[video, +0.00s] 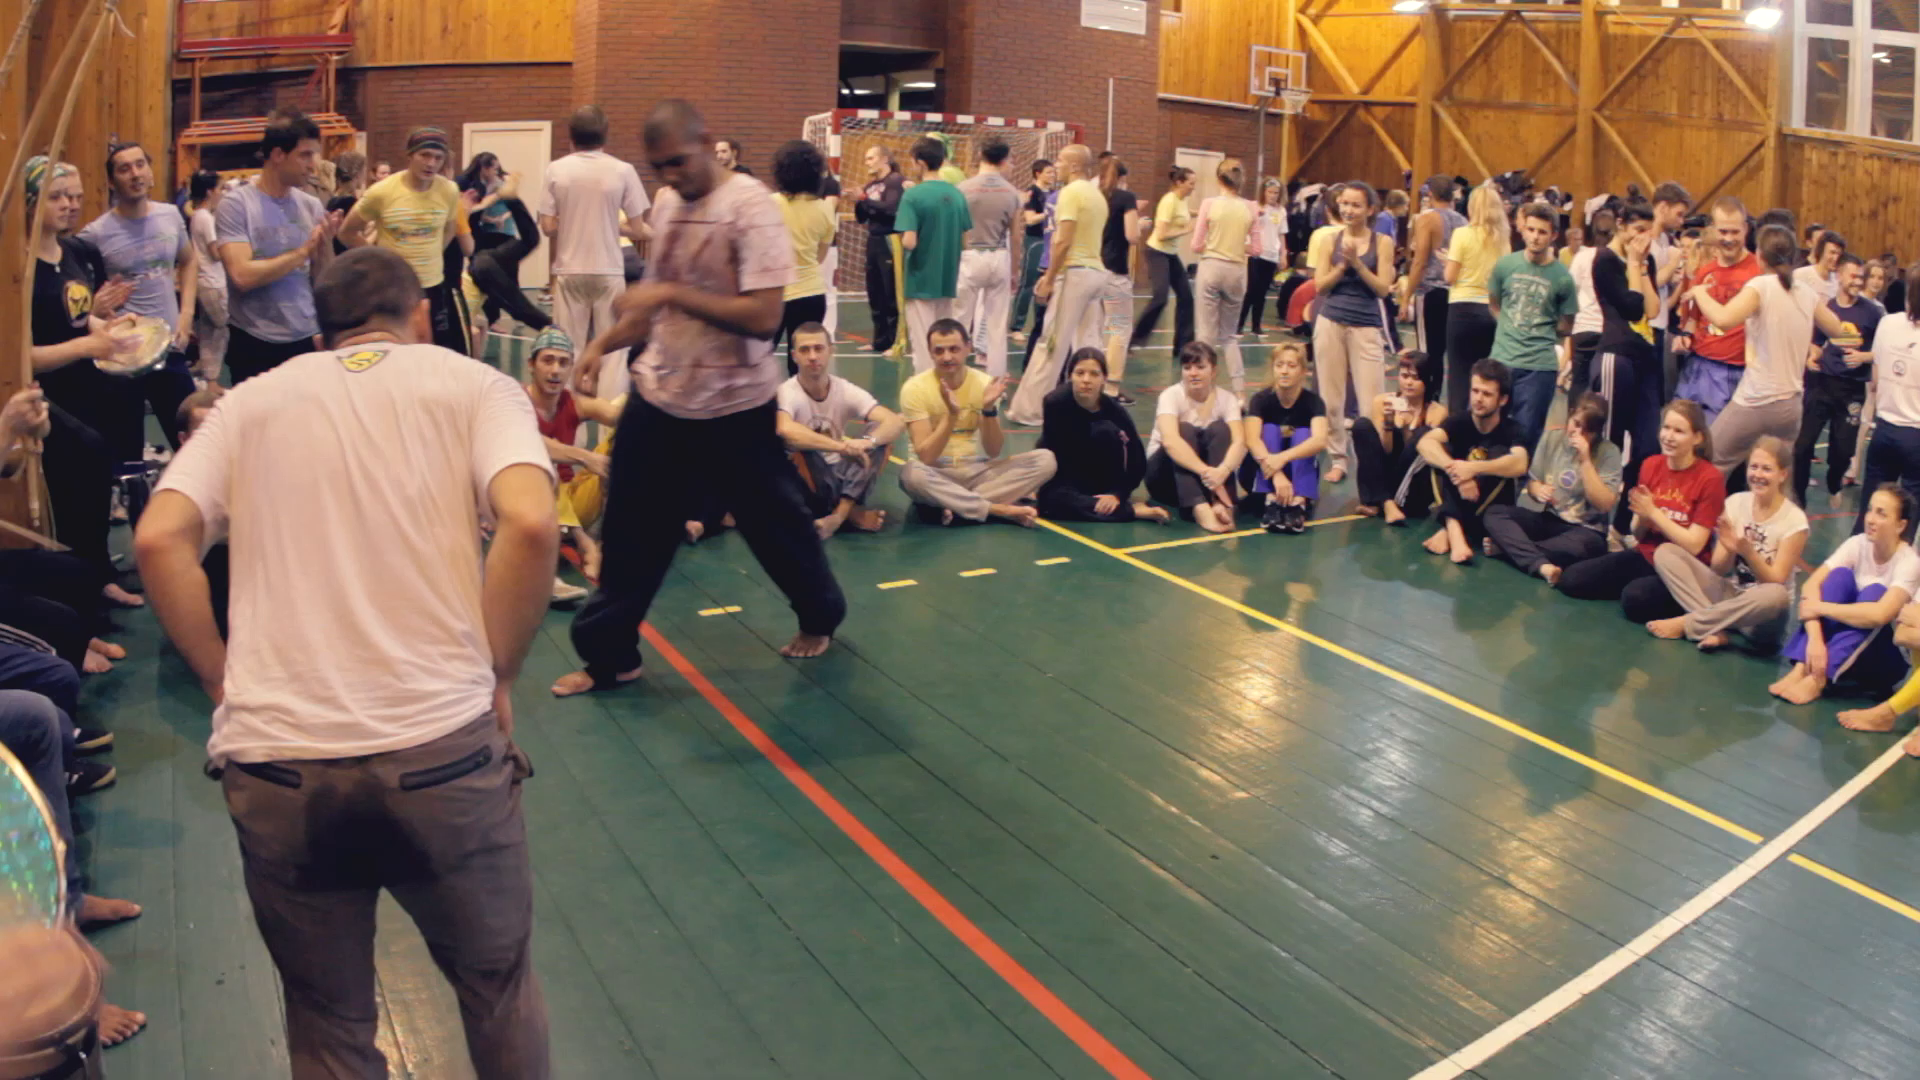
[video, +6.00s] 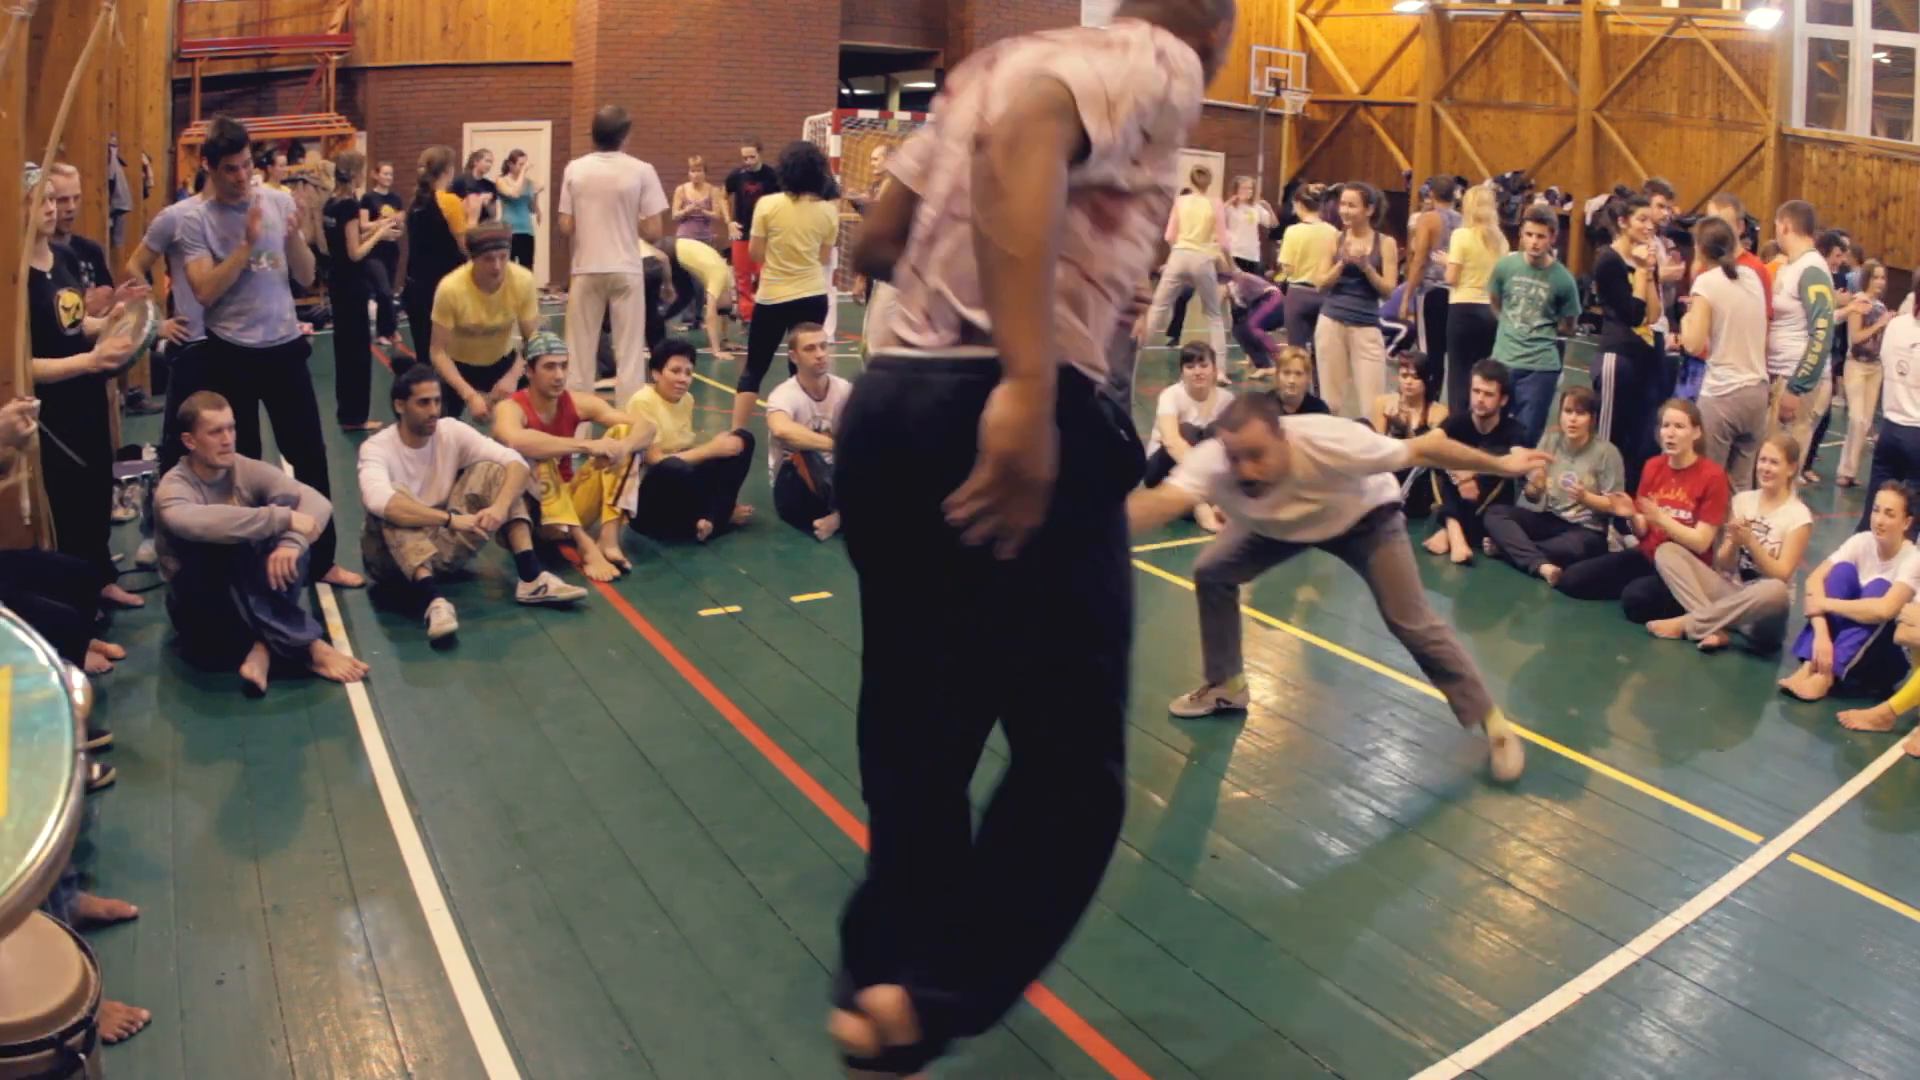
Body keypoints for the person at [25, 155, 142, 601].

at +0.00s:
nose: (70, 204)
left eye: (75, 196)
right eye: (59, 196)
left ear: (81, 199)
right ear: (31, 201)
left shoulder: (77, 254)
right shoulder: (16, 266)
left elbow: (80, 317)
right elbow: (17, 358)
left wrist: (108, 327)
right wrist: (87, 347)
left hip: (87, 389)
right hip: (46, 400)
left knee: (94, 492)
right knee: (68, 498)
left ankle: (101, 576)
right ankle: (78, 588)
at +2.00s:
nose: (58, 210)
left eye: (64, 201)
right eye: (48, 202)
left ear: (71, 205)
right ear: (27, 205)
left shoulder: (77, 253)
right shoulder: (18, 267)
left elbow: (80, 322)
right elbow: (23, 357)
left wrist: (110, 324)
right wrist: (89, 350)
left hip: (95, 390)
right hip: (55, 401)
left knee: (98, 494)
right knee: (72, 501)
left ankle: (101, 576)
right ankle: (79, 596)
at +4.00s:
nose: (75, 204)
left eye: (79, 195)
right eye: (66, 195)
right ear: (38, 201)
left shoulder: (70, 256)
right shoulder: (20, 266)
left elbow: (77, 322)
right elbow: (27, 360)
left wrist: (114, 318)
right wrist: (95, 344)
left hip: (91, 391)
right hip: (53, 400)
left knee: (98, 492)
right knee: (71, 498)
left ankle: (102, 577)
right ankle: (78, 595)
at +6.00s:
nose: (53, 209)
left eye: (55, 200)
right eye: (44, 201)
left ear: (59, 206)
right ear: (21, 209)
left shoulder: (65, 259)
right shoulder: (13, 274)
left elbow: (78, 325)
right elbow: (18, 367)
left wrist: (114, 321)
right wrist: (88, 361)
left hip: (87, 393)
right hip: (48, 403)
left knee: (95, 491)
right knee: (65, 496)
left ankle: (102, 577)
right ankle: (73, 589)